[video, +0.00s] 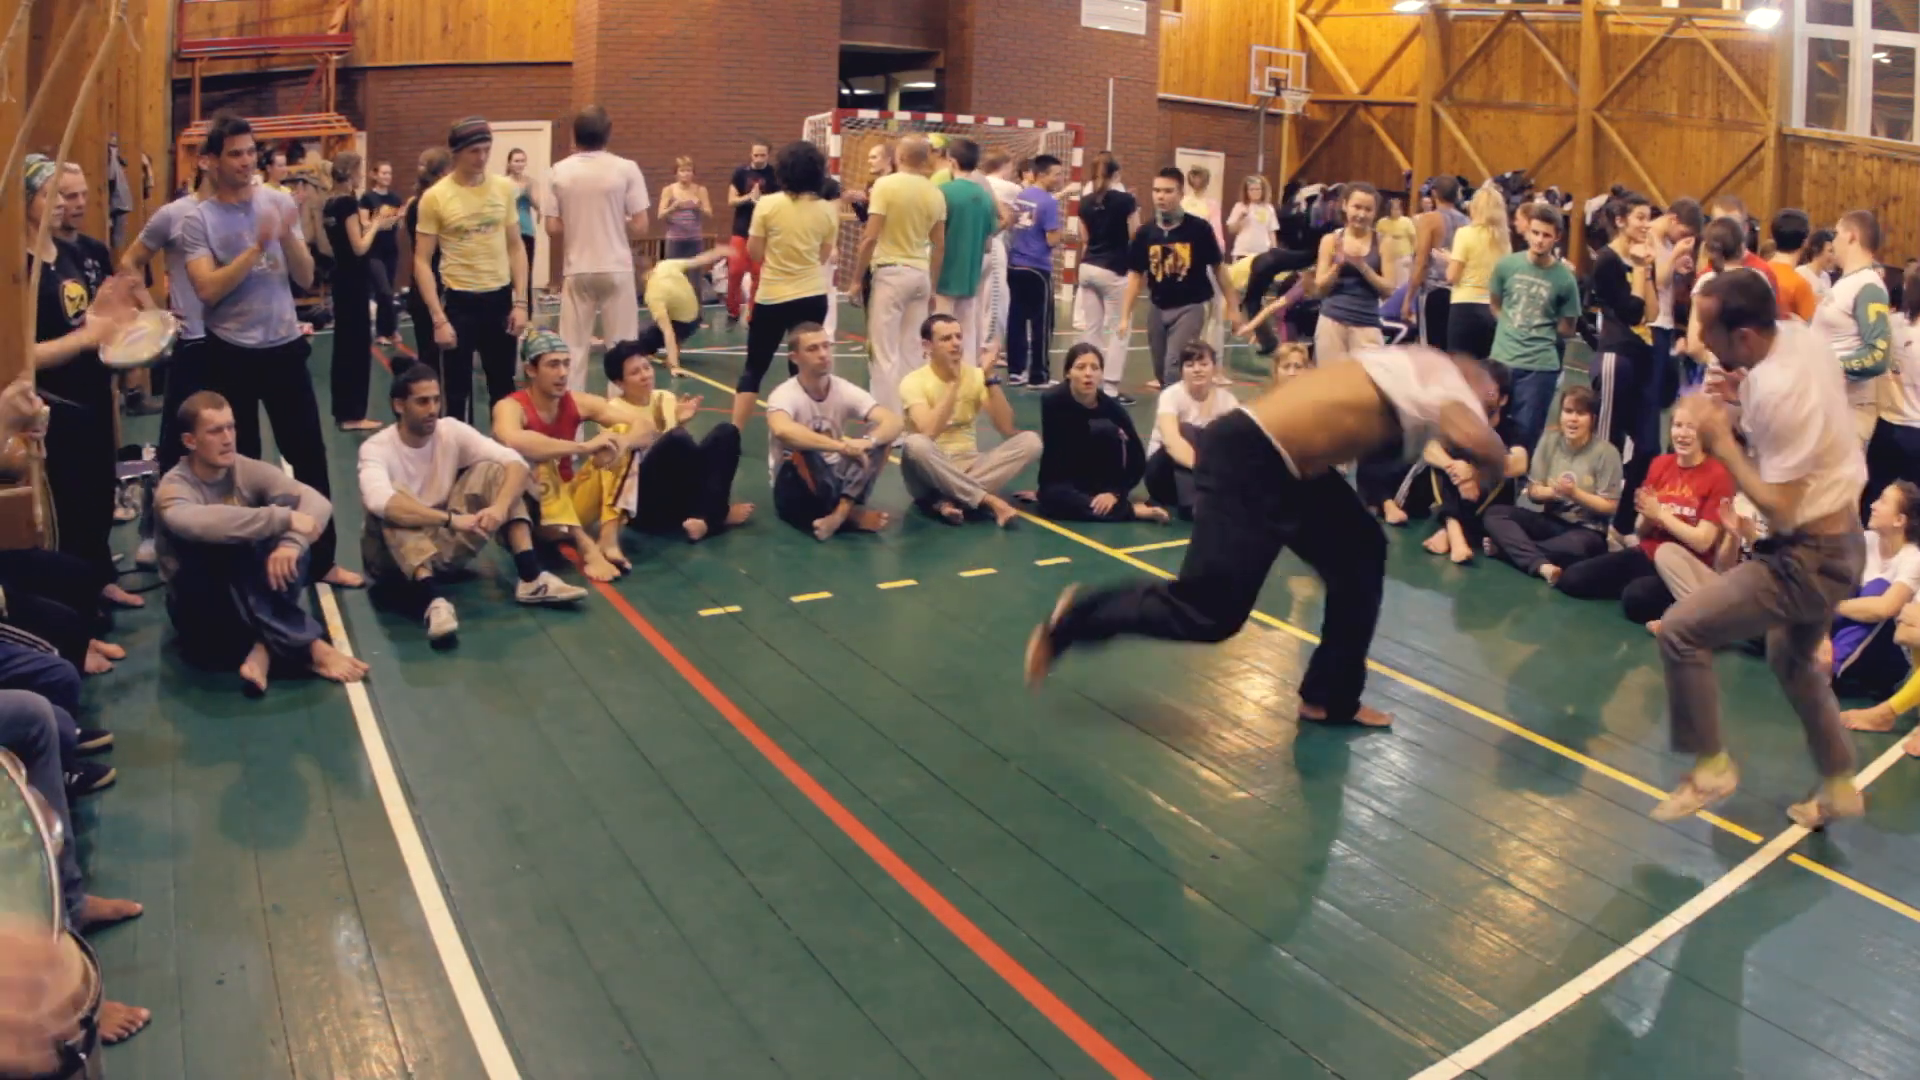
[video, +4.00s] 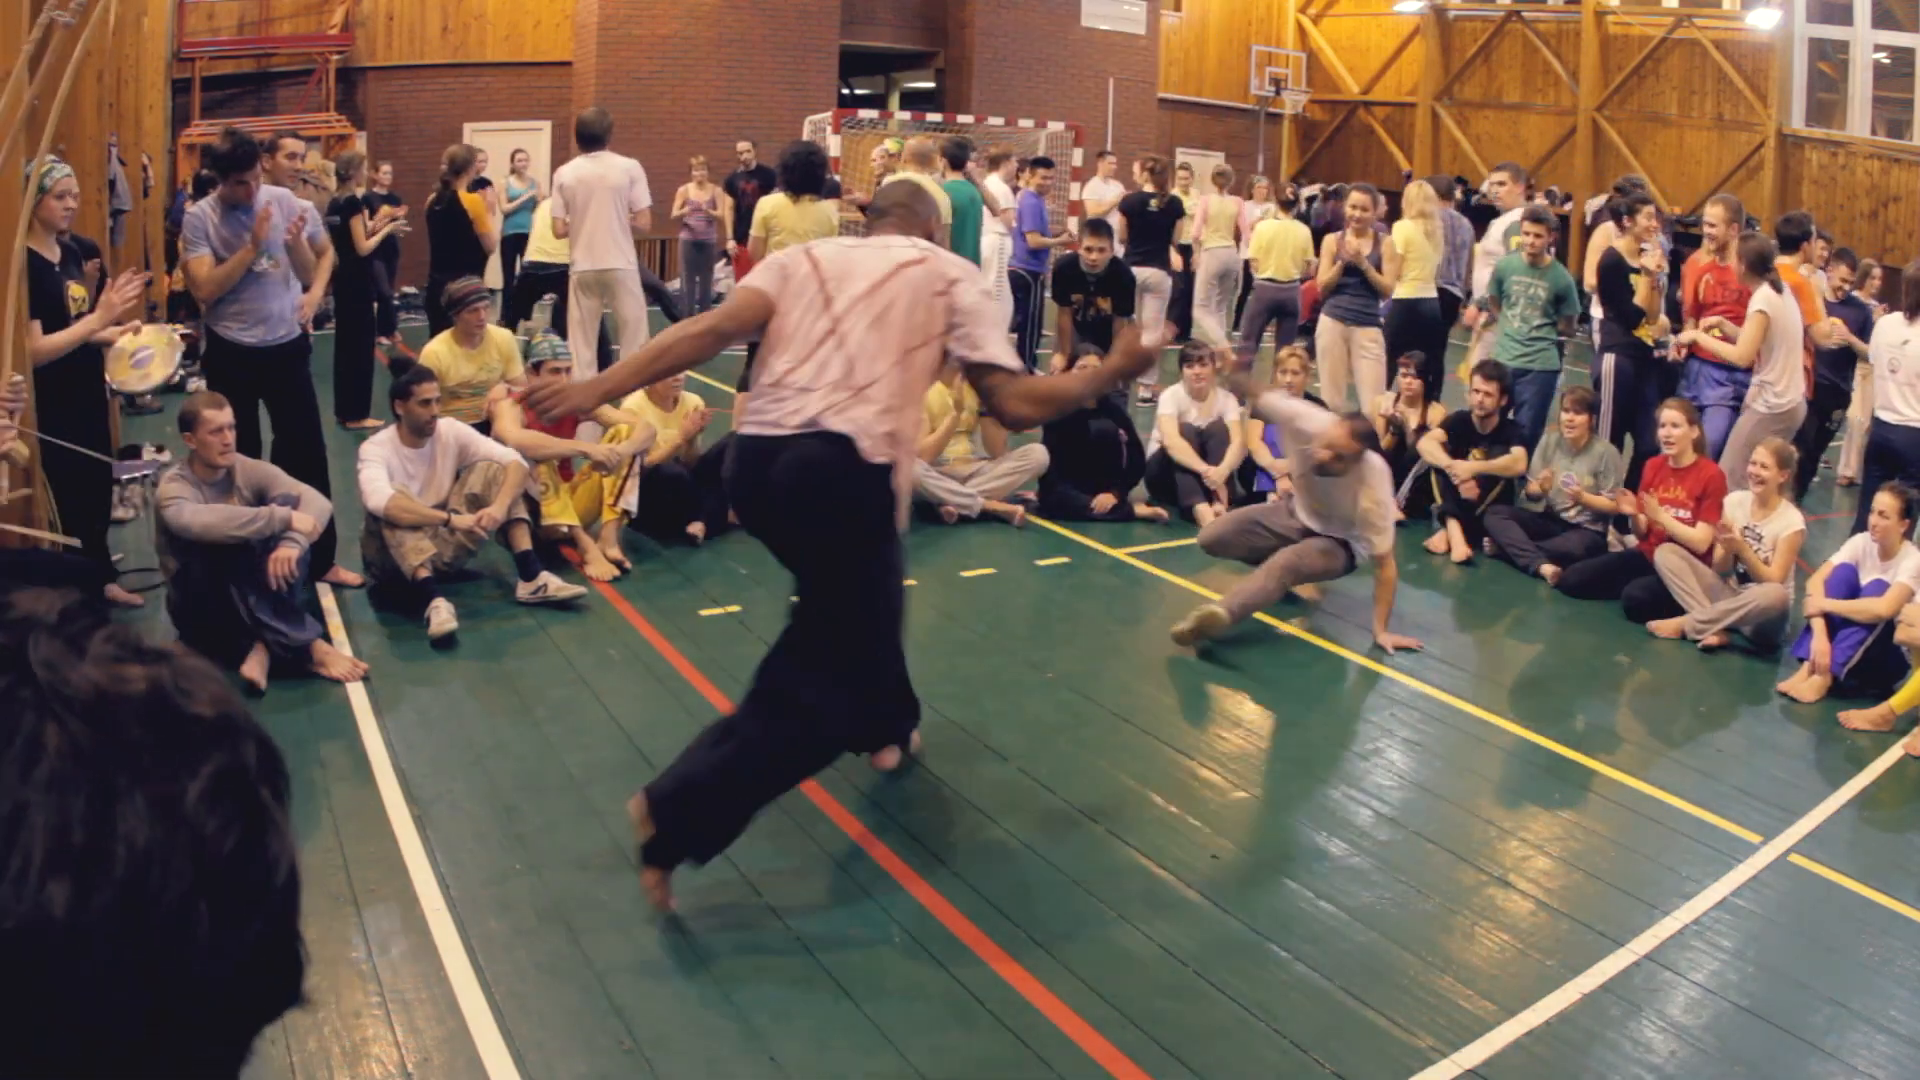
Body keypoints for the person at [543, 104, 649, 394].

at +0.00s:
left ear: (575, 135)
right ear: (608, 134)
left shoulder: (559, 172)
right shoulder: (627, 169)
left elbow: (553, 227)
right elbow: (641, 227)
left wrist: (579, 227)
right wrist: (614, 227)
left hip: (578, 266)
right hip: (616, 265)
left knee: (574, 349)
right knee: (622, 349)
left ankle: (570, 418)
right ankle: (621, 421)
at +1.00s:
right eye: (641, 133)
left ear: (608, 134)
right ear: (639, 136)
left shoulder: (587, 168)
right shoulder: (654, 172)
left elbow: (574, 223)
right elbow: (662, 231)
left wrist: (598, 221)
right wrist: (638, 223)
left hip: (596, 267)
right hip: (635, 269)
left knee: (584, 349)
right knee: (634, 351)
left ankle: (574, 421)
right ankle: (630, 423)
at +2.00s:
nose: (603, 134)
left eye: (601, 128)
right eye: (599, 129)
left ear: (567, 140)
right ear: (590, 135)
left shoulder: (553, 174)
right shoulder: (609, 164)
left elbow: (550, 231)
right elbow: (624, 217)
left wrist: (573, 236)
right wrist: (612, 240)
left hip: (568, 264)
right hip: (603, 261)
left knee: (570, 341)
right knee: (620, 339)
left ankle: (568, 402)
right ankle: (619, 405)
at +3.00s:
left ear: (622, 133)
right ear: (656, 135)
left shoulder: (604, 167)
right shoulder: (670, 173)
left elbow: (590, 220)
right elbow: (678, 230)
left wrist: (617, 210)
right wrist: (652, 220)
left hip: (608, 268)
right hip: (649, 269)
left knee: (605, 351)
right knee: (647, 354)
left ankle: (600, 430)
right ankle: (639, 430)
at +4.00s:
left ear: (576, 137)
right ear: (609, 135)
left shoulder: (564, 173)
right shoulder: (630, 168)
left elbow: (559, 229)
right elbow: (644, 224)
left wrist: (585, 221)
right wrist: (617, 216)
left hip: (583, 266)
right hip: (620, 264)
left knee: (582, 344)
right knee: (633, 340)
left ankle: (584, 406)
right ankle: (633, 407)